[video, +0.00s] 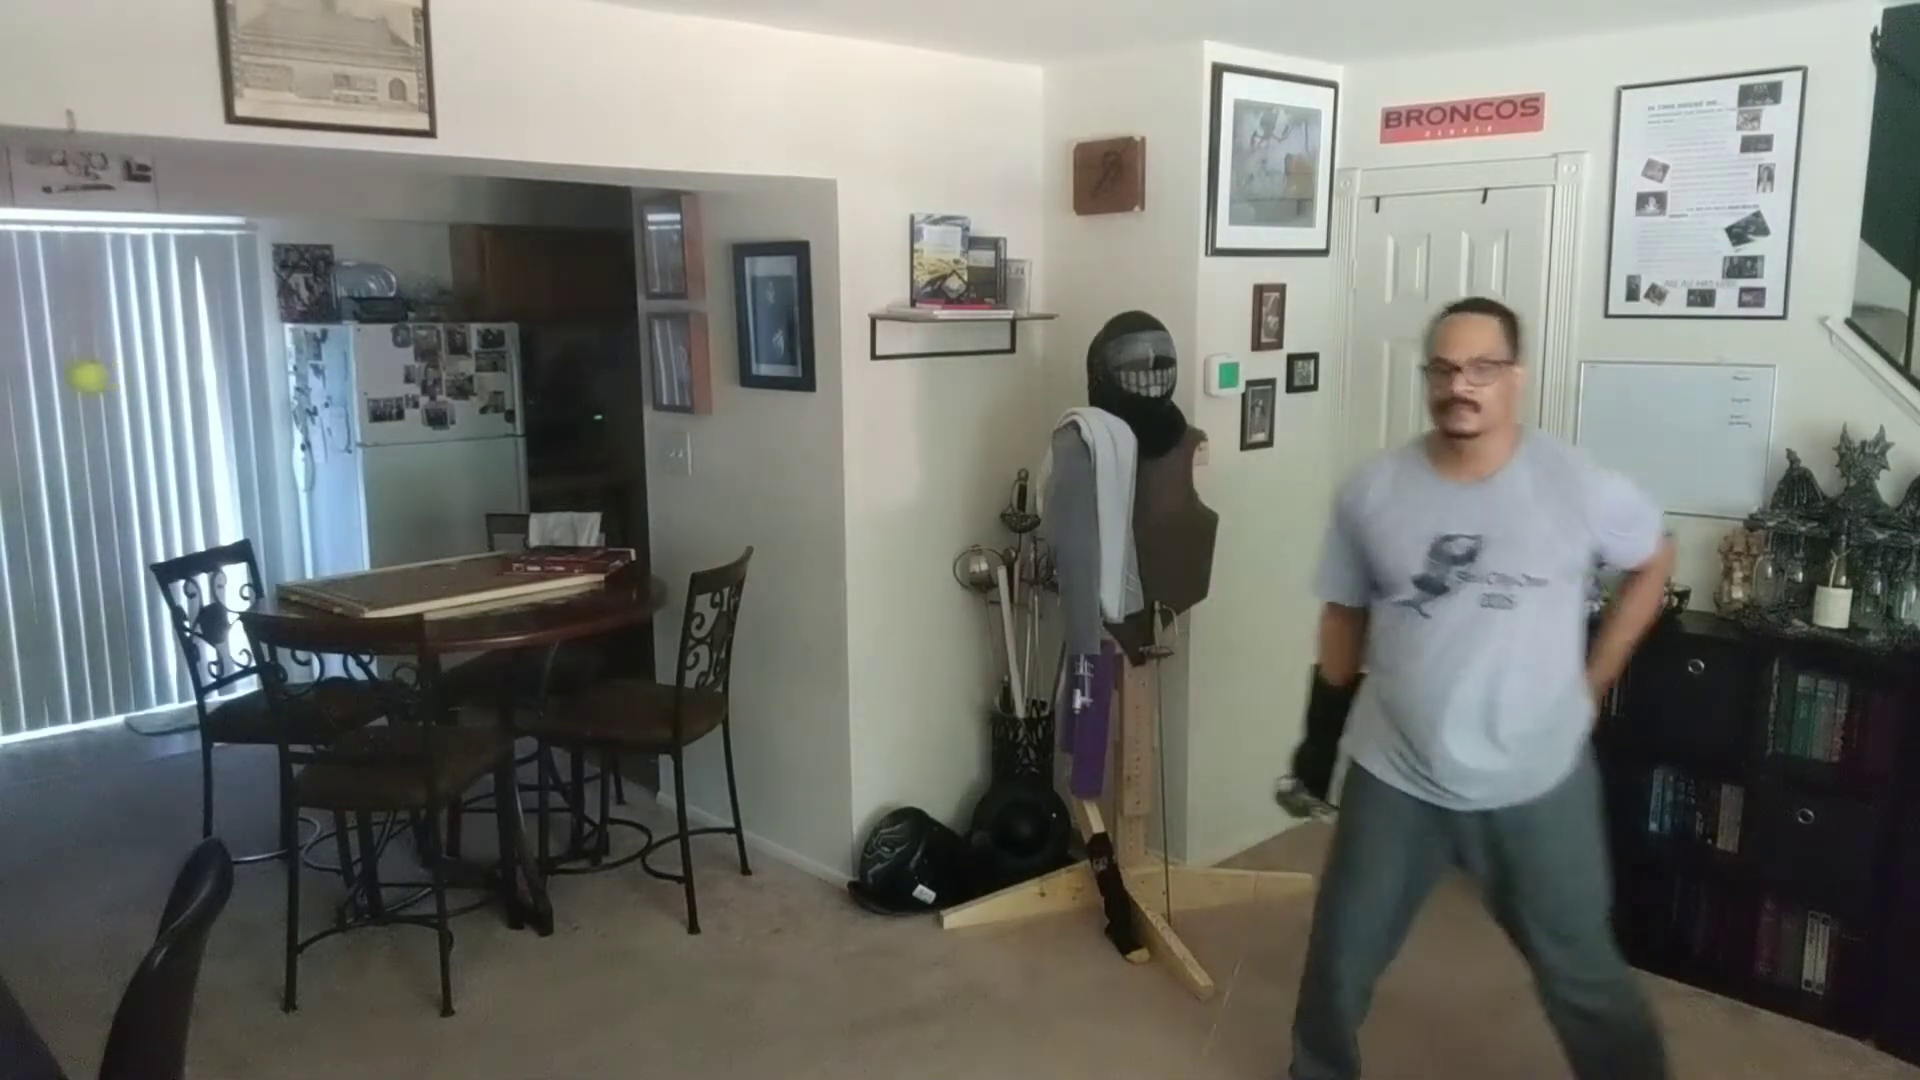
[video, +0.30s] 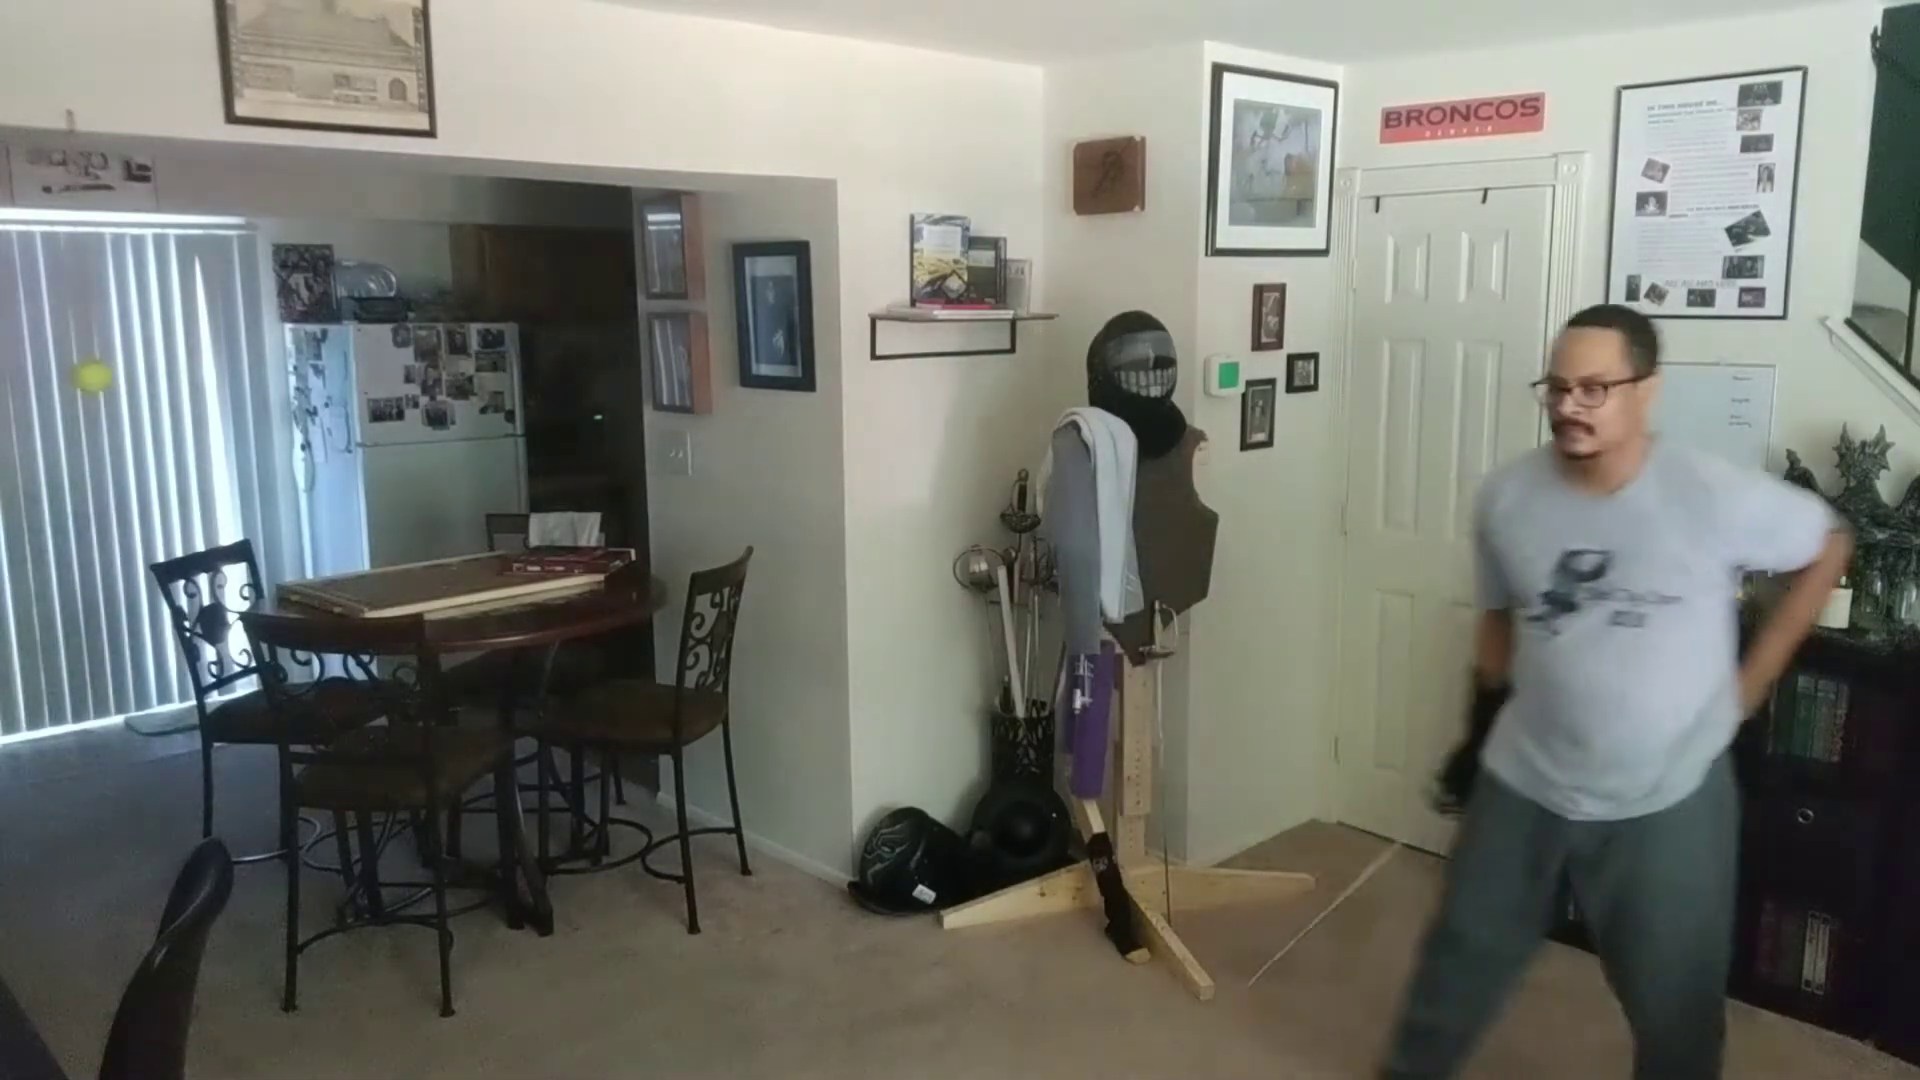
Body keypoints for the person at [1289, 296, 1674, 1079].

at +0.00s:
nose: (1458, 386)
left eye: (1480, 370)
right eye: (1442, 369)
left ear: (1518, 380)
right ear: (1424, 378)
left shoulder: (1575, 485)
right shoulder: (1372, 491)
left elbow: (1653, 559)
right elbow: (1343, 619)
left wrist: (1594, 682)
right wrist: (1319, 746)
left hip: (1539, 778)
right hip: (1398, 771)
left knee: (1583, 977)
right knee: (1337, 967)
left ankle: (1637, 1074)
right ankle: (1318, 1070)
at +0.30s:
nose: (1570, 407)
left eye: (1595, 388)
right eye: (1557, 387)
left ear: (1647, 392)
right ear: (1543, 390)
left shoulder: (1711, 493)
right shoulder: (1506, 498)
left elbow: (1828, 544)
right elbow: (1497, 622)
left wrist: (1750, 684)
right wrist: (1495, 719)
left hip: (1670, 799)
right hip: (1525, 780)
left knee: (1677, 1030)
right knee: (1449, 990)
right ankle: (1411, 1067)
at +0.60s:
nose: (1608, 380)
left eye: (1629, 366)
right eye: (1610, 363)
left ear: (1696, 380)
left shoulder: (1784, 479)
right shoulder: (1586, 485)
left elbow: (1911, 514)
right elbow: (1577, 601)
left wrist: (1860, 651)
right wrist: (1574, 664)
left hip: (1732, 778)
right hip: (1610, 769)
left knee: (1698, 1004)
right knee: (1617, 962)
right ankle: (1661, 1066)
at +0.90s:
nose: (1630, 373)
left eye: (1652, 360)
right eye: (1633, 357)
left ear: (1715, 376)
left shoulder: (1810, 473)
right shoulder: (1626, 500)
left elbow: (1916, 554)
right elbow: (1614, 641)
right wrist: (1590, 767)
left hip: (1793, 763)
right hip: (1677, 763)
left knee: (1723, 974)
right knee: (1676, 960)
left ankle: (1720, 1070)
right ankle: (1705, 1065)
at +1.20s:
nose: (1676, 370)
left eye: (1698, 356)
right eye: (1677, 354)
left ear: (1765, 367)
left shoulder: (1857, 470)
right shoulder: (1654, 486)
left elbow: (1916, 584)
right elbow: (1639, 628)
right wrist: (1623, 753)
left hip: (1814, 781)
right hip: (1686, 776)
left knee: (1792, 1016)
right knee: (1697, 1005)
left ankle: (1788, 1071)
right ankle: (1706, 1065)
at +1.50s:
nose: (1725, 387)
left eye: (1748, 370)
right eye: (1725, 370)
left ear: (1817, 380)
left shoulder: (1901, 487)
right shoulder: (1691, 501)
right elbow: (1609, 627)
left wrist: (1912, 734)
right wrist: (1547, 719)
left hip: (1857, 801)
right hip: (1710, 782)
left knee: (1843, 1016)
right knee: (1633, 925)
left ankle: (1809, 1074)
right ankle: (1683, 1069)